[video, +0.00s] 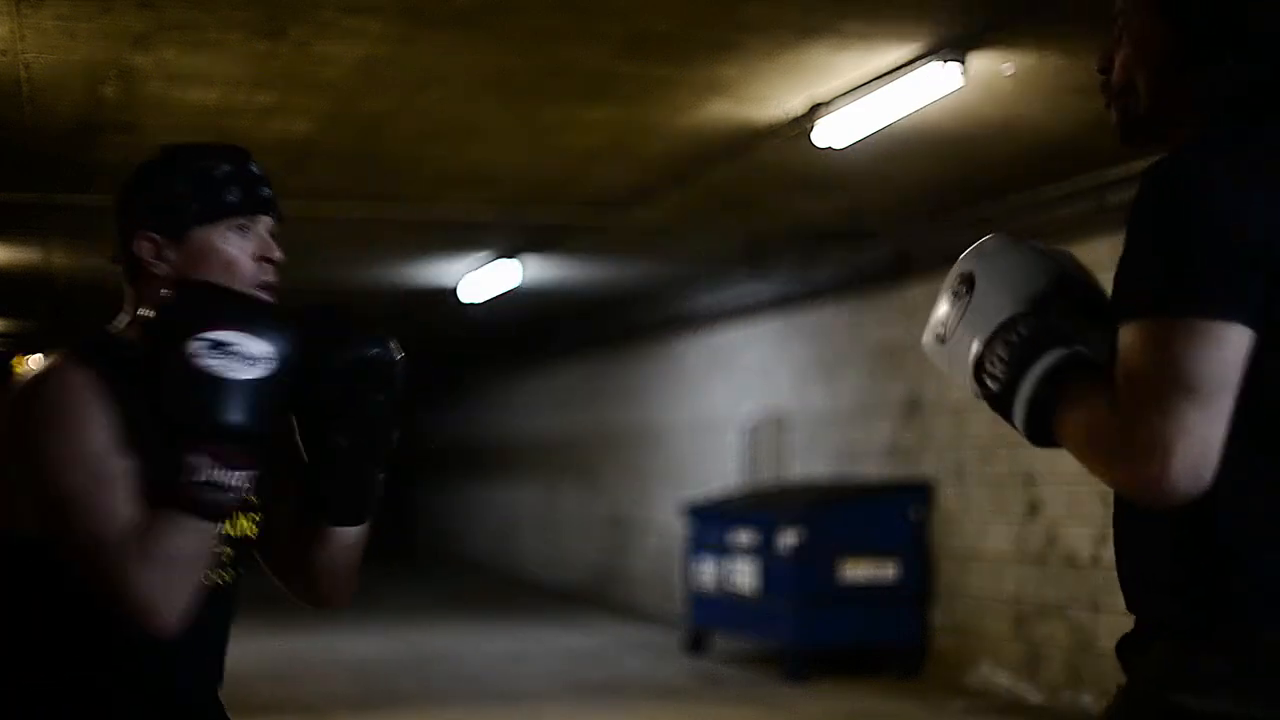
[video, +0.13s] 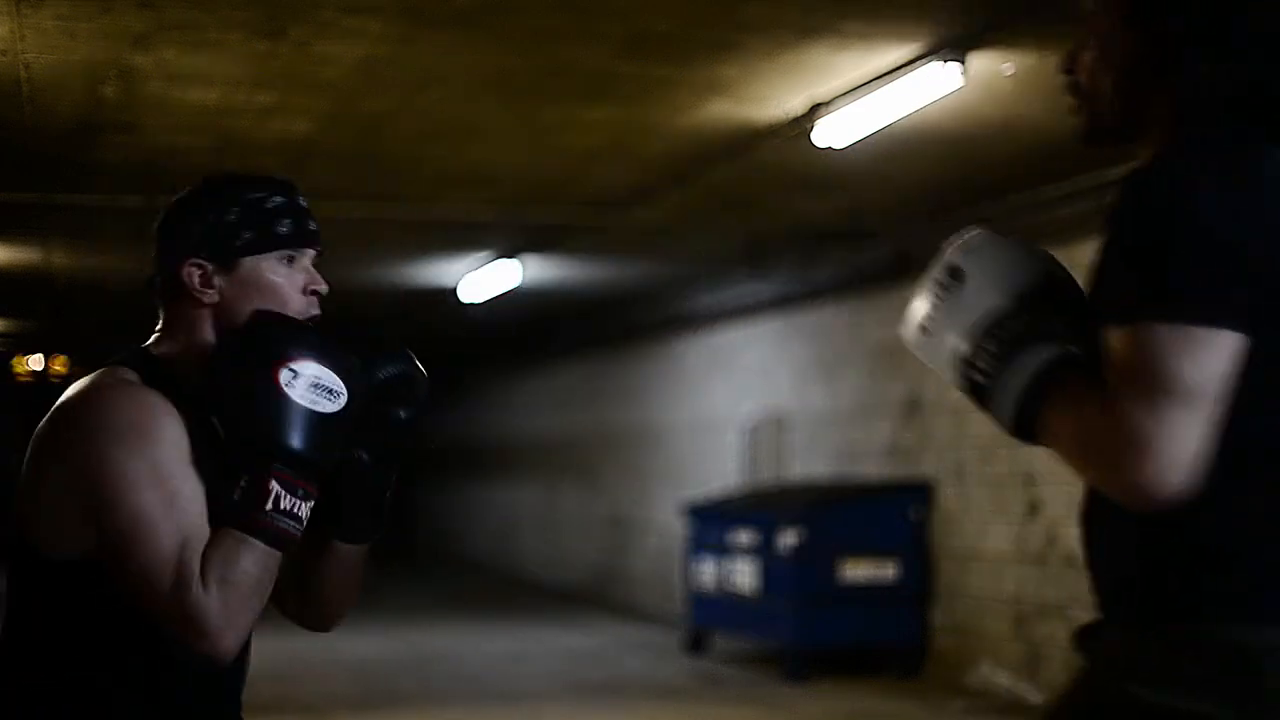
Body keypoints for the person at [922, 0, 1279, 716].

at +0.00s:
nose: (1106, 67)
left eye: (1125, 31)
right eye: (1111, 37)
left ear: (1195, 32)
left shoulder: (1213, 176)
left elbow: (1167, 453)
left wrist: (1026, 360)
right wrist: (1101, 330)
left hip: (1226, 659)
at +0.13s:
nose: (1071, 66)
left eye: (1096, 35)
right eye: (1081, 37)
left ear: (1165, 39)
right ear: (1175, 43)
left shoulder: (1204, 179)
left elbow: (1154, 456)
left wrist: (1013, 357)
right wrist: (1071, 332)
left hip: (1208, 658)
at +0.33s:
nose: (969, 62)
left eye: (984, 36)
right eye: (974, 37)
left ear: (1038, 47)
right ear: (1137, 47)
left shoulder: (1005, 179)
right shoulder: (1219, 197)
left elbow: (742, 277)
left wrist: (558, 261)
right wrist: (957, 291)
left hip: (1127, 643)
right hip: (1257, 626)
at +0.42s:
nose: (933, 61)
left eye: (950, 36)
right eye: (939, 37)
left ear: (1008, 45)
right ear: (1094, 48)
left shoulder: (987, 184)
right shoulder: (1183, 194)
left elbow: (763, 359)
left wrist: (632, 259)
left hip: (1095, 637)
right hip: (1240, 625)